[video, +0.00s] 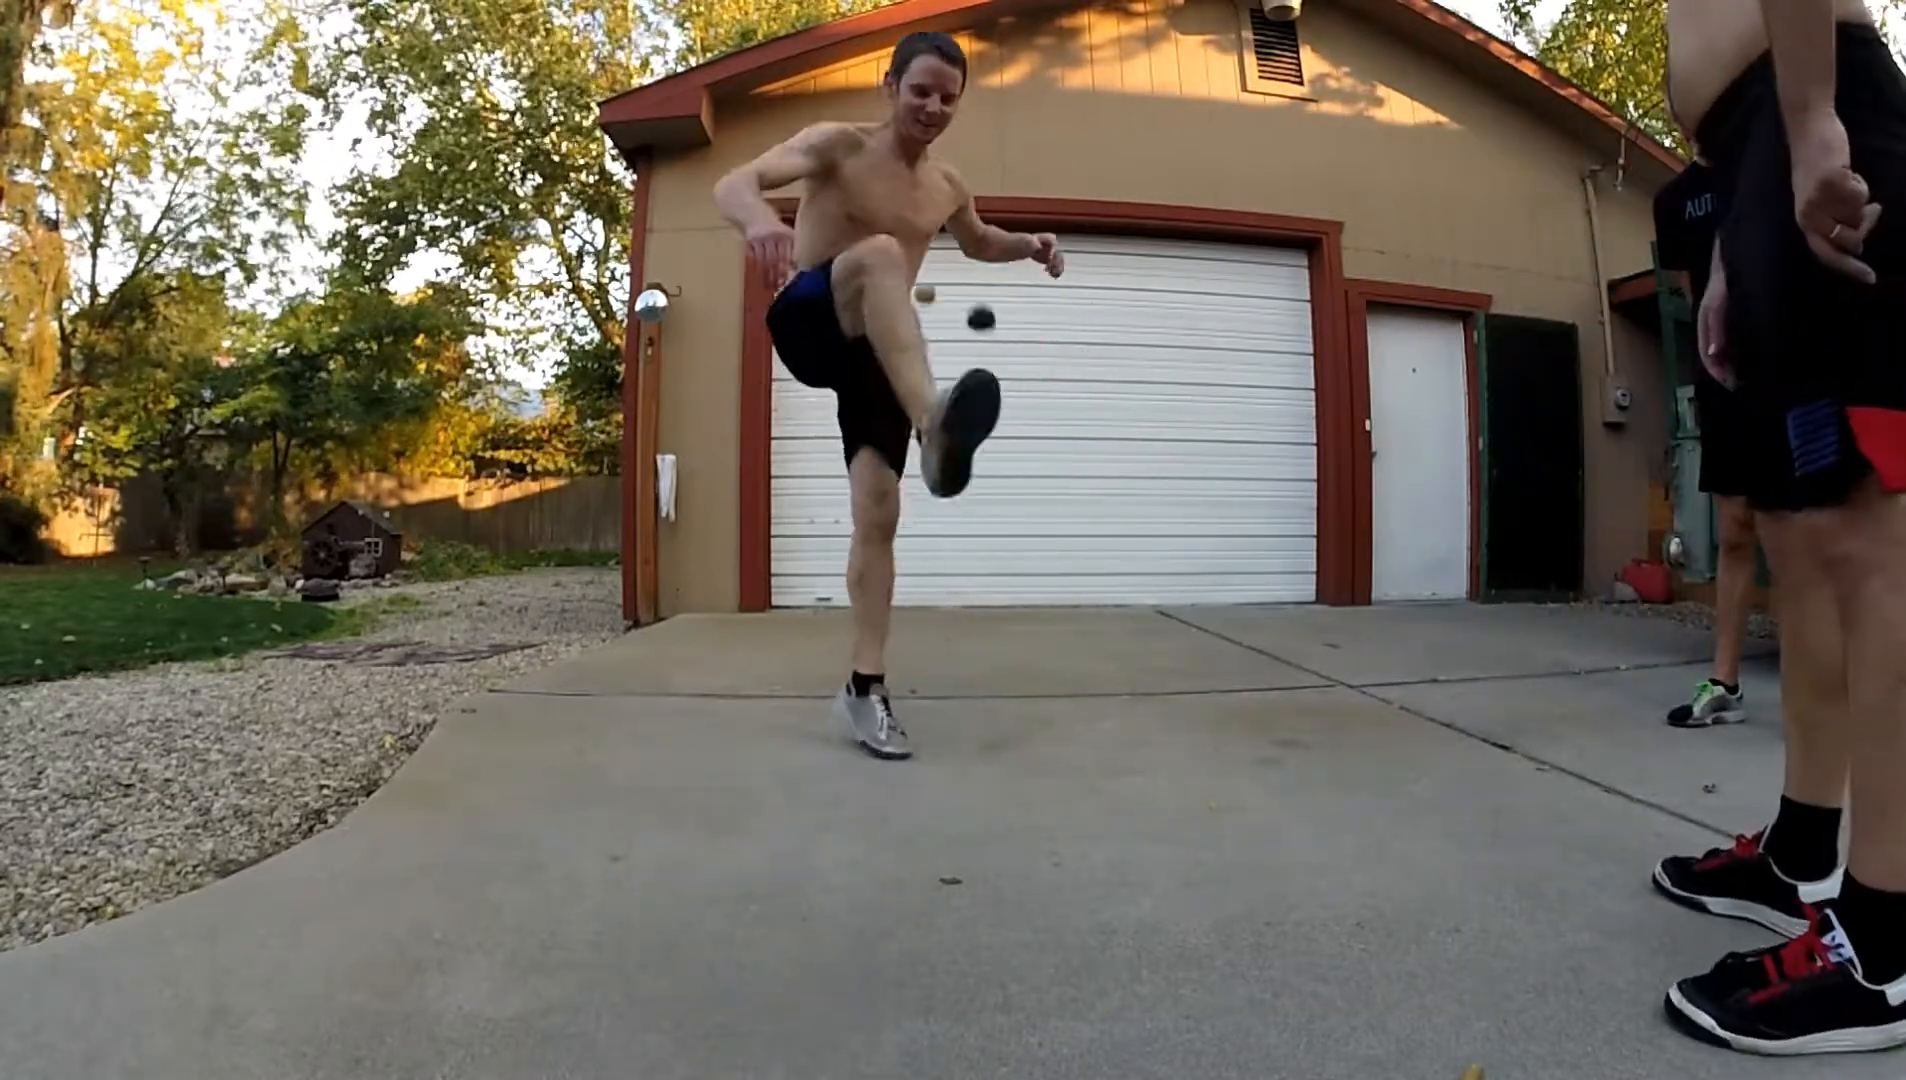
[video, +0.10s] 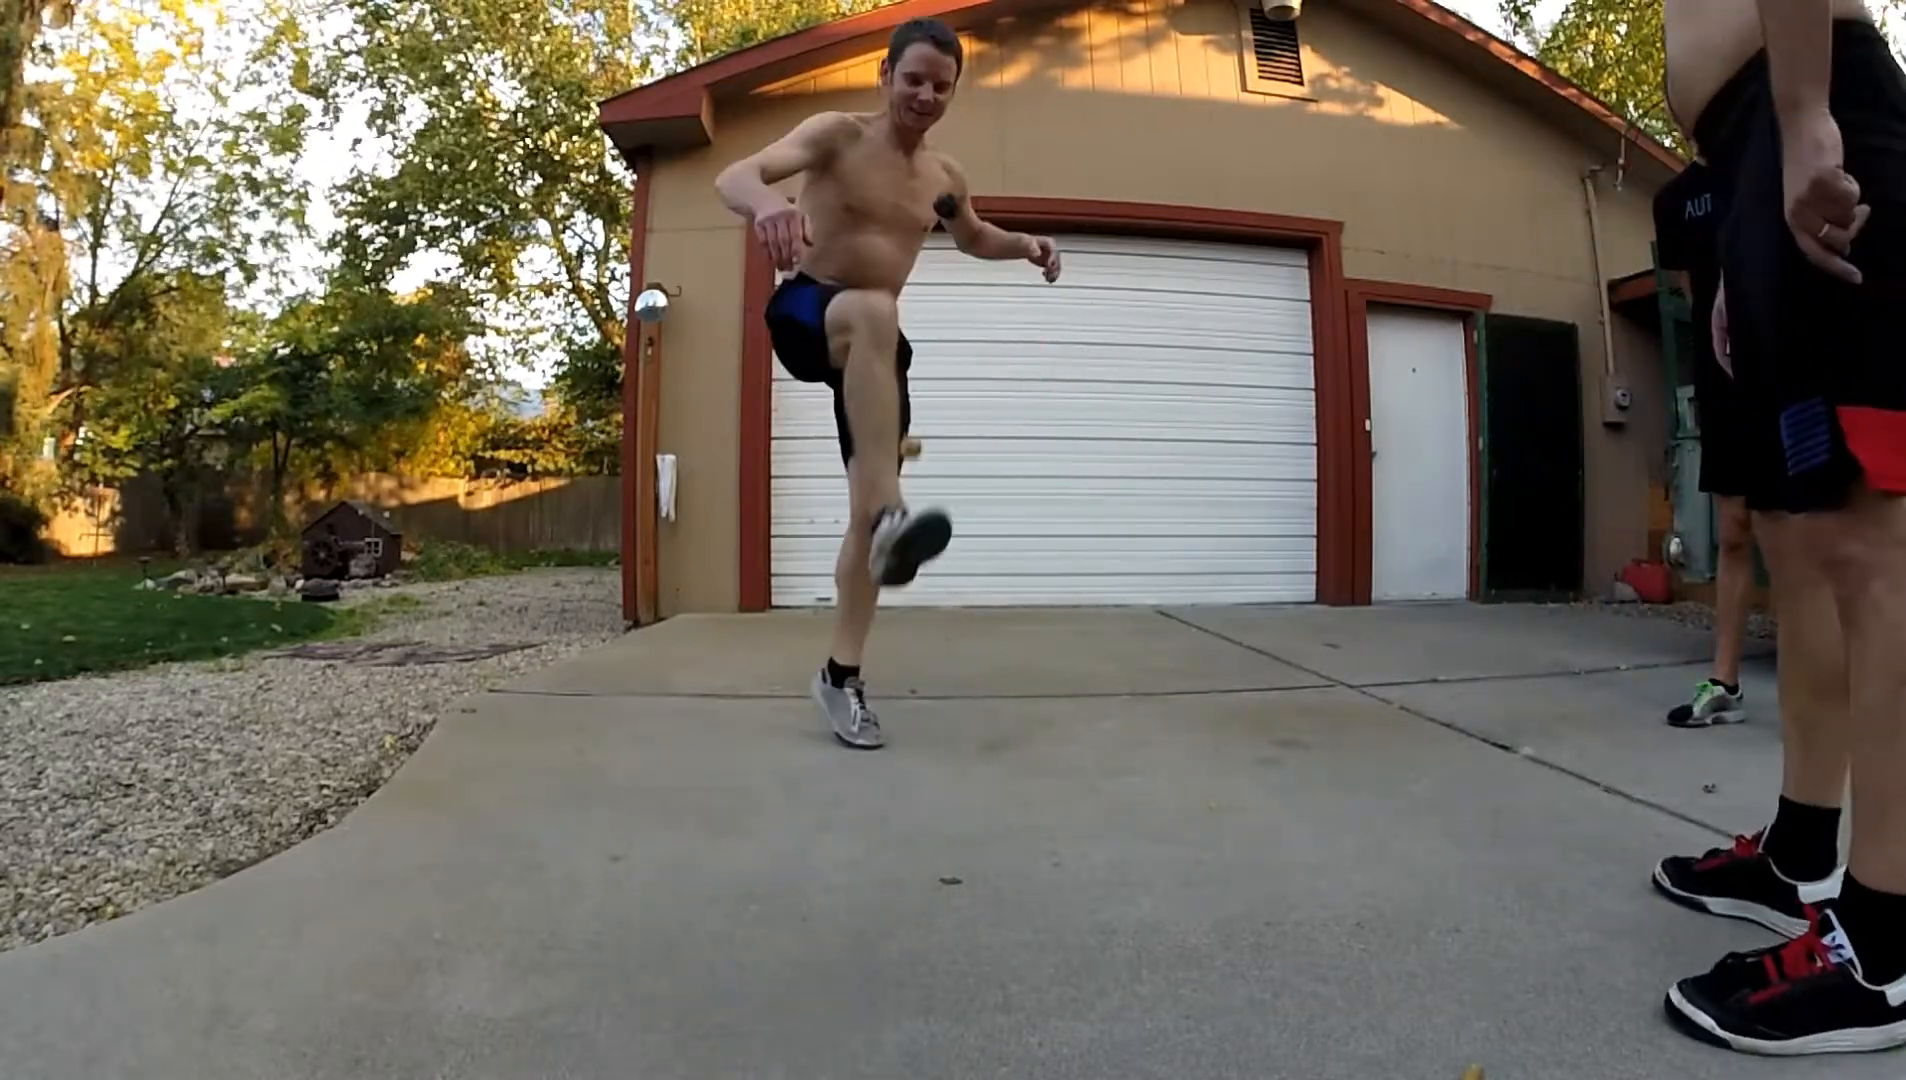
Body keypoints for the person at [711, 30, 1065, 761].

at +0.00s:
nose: (933, 107)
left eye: (947, 98)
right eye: (922, 90)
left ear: (958, 105)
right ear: (892, 85)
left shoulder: (947, 186)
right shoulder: (835, 144)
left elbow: (979, 242)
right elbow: (733, 185)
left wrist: (1028, 244)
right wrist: (757, 221)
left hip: (883, 351)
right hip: (809, 334)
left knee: (877, 514)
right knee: (877, 259)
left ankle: (865, 689)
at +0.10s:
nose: (927, 96)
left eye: (941, 86)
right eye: (916, 80)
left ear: (954, 93)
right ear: (887, 74)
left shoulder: (944, 176)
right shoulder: (836, 133)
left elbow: (974, 237)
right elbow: (733, 178)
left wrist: (1026, 245)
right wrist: (766, 203)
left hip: (879, 335)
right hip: (805, 312)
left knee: (873, 509)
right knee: (876, 312)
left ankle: (841, 676)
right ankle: (883, 522)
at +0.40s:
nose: (889, 96)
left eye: (903, 85)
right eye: (877, 81)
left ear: (923, 91)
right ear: (855, 80)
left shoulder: (929, 178)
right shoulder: (814, 145)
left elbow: (965, 252)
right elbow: (719, 202)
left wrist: (1028, 222)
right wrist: (707, 251)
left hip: (891, 361)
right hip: (819, 348)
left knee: (887, 546)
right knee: (858, 532)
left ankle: (829, 692)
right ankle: (855, 728)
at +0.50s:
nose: (882, 84)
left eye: (897, 72)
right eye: (869, 69)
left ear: (921, 72)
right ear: (848, 64)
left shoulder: (931, 159)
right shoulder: (811, 132)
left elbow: (975, 223)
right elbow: (707, 187)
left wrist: (1026, 202)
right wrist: (687, 242)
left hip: (891, 351)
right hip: (823, 336)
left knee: (926, 538)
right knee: (855, 534)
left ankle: (821, 666)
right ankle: (855, 733)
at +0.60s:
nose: (873, 82)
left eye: (890, 69)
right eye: (862, 65)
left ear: (917, 67)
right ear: (844, 55)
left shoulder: (934, 152)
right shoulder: (808, 130)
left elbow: (993, 213)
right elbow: (706, 189)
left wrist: (1034, 190)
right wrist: (660, 260)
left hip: (891, 349)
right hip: (825, 338)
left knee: (964, 509)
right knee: (861, 529)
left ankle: (798, 597)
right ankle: (857, 739)